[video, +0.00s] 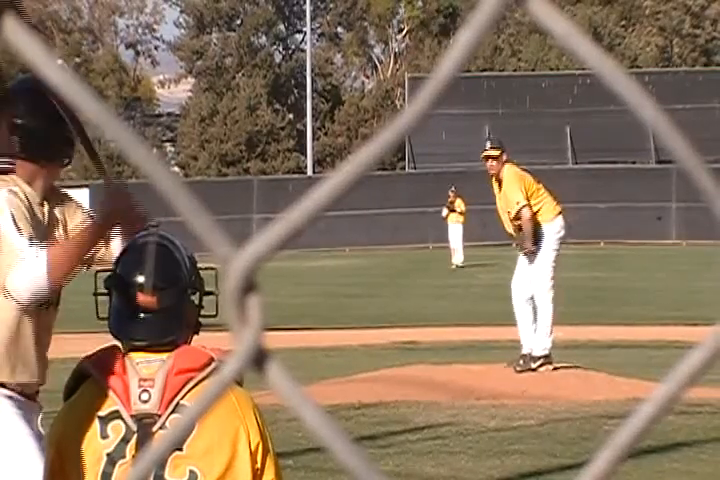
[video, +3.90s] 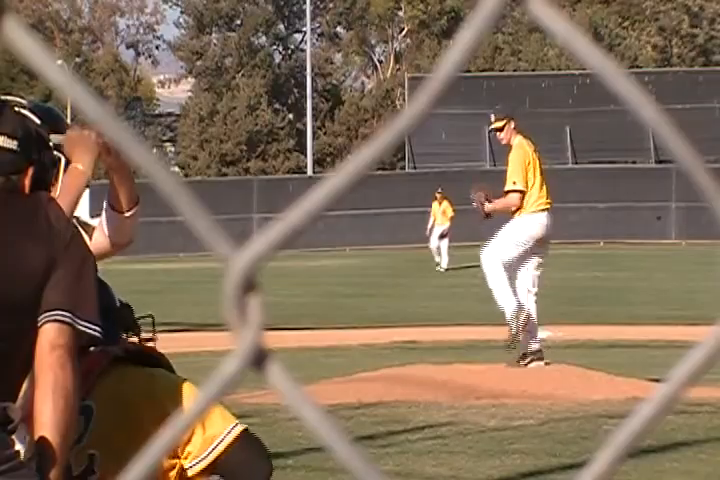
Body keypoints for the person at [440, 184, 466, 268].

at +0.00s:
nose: (452, 194)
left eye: (453, 192)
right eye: (451, 192)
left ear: (455, 193)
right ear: (449, 193)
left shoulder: (459, 201)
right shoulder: (449, 201)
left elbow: (463, 210)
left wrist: (454, 209)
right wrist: (445, 213)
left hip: (458, 222)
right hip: (451, 222)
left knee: (458, 241)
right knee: (452, 242)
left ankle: (459, 260)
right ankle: (454, 260)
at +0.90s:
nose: (450, 195)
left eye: (451, 193)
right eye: (448, 193)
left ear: (453, 194)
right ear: (447, 194)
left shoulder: (456, 202)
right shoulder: (444, 203)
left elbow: (459, 212)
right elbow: (441, 211)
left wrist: (458, 220)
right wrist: (442, 218)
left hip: (455, 222)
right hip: (447, 223)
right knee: (445, 243)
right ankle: (445, 261)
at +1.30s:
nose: (444, 195)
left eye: (445, 193)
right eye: (442, 193)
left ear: (447, 194)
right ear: (440, 194)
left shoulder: (451, 202)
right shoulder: (439, 203)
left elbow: (457, 214)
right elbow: (435, 214)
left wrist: (461, 224)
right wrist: (441, 205)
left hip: (451, 224)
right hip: (443, 224)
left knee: (453, 243)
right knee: (444, 244)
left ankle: (453, 261)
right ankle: (445, 262)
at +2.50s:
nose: (453, 196)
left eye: (454, 194)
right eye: (452, 194)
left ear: (456, 195)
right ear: (449, 194)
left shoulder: (459, 203)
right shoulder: (446, 203)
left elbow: (463, 214)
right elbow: (442, 214)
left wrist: (465, 226)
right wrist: (448, 212)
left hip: (457, 224)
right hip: (449, 224)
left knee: (457, 244)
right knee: (449, 244)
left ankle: (456, 263)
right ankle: (449, 261)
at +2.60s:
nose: (453, 195)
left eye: (454, 193)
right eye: (451, 193)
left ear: (456, 195)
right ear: (449, 194)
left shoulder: (459, 203)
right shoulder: (446, 203)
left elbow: (463, 214)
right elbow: (443, 212)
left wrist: (464, 224)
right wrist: (445, 219)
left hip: (456, 224)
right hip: (449, 224)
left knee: (456, 244)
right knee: (448, 244)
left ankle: (457, 262)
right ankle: (449, 262)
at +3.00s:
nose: (445, 196)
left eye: (447, 194)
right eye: (444, 194)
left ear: (449, 195)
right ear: (442, 195)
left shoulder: (454, 203)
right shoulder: (441, 205)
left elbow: (458, 215)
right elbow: (439, 218)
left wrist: (458, 225)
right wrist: (437, 229)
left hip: (453, 225)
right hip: (445, 225)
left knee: (453, 244)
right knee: (445, 245)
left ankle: (456, 262)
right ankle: (447, 263)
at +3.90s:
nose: (439, 195)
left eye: (441, 193)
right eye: (438, 193)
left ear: (443, 194)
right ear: (435, 194)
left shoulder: (446, 203)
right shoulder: (434, 204)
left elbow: (450, 217)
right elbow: (432, 216)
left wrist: (446, 229)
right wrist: (428, 228)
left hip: (444, 225)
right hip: (437, 225)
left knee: (444, 246)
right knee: (433, 244)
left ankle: (444, 265)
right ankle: (437, 260)